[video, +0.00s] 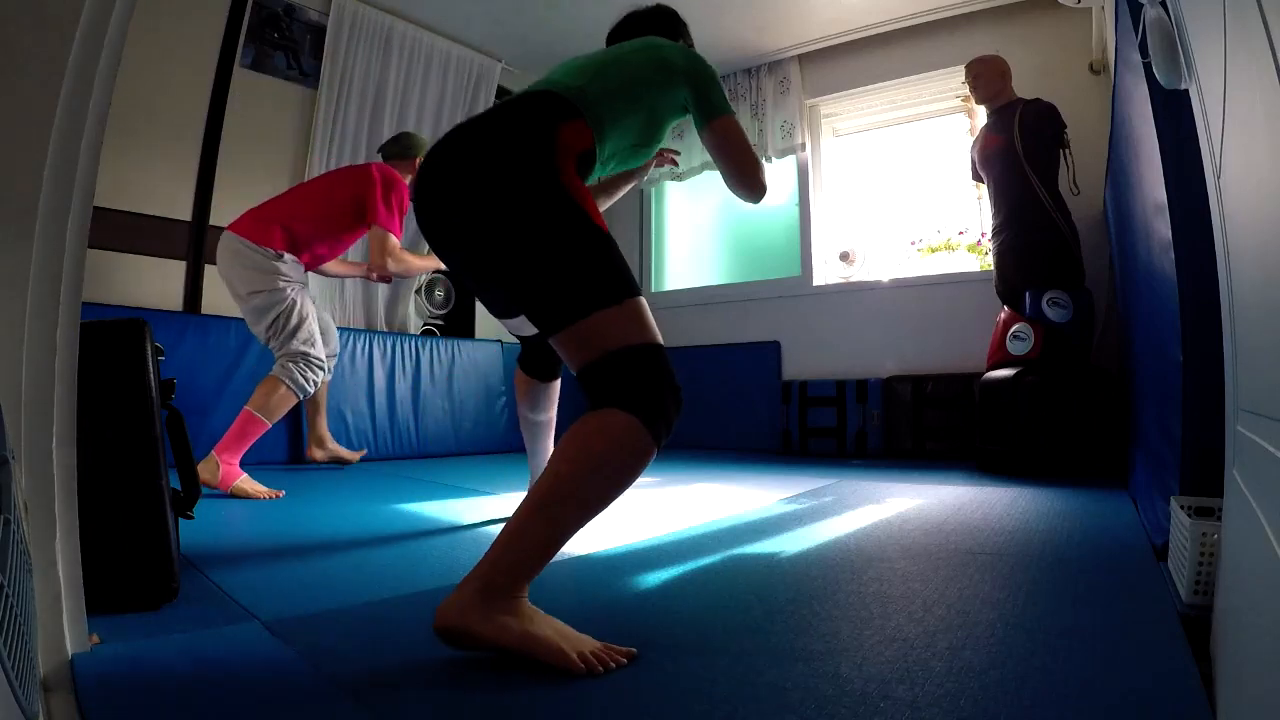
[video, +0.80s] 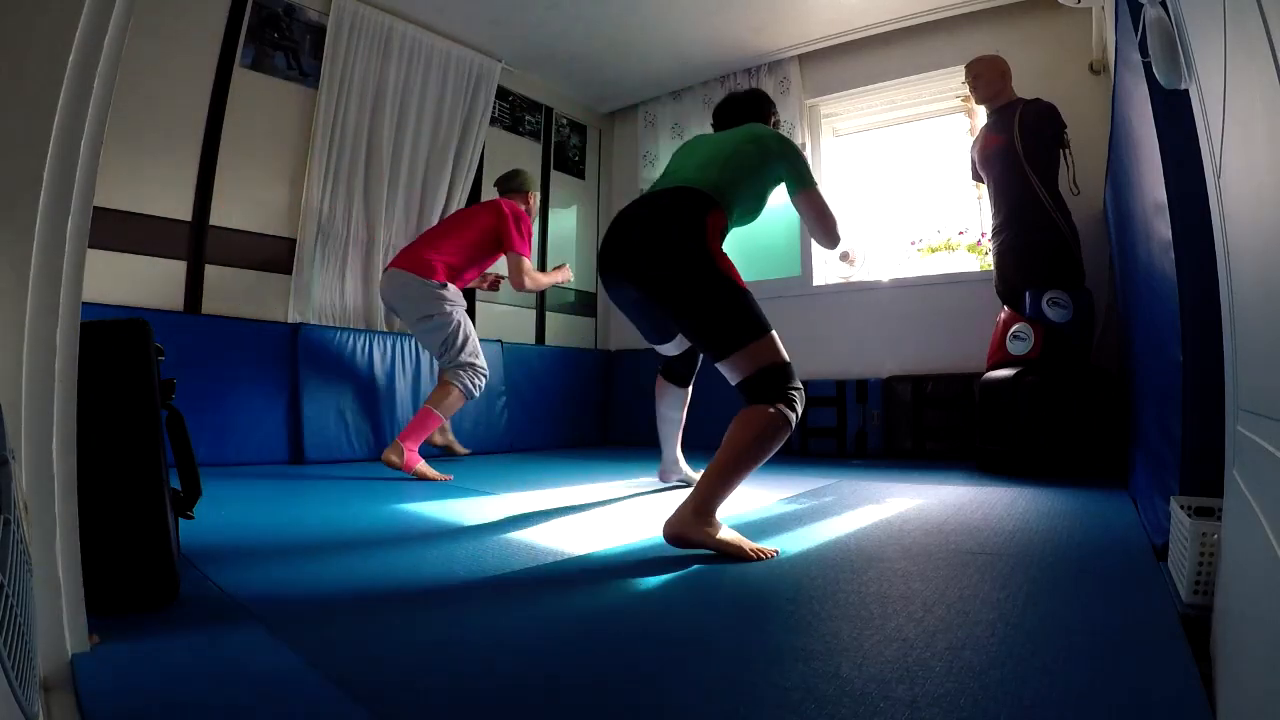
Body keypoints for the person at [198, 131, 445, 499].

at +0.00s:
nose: (424, 175)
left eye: (423, 169)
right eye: (424, 168)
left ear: (386, 160)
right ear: (417, 164)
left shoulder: (363, 180)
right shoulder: (389, 182)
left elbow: (318, 261)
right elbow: (386, 261)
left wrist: (370, 269)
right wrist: (436, 262)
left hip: (273, 255)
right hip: (260, 252)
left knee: (325, 340)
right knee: (305, 359)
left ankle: (320, 441)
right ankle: (222, 461)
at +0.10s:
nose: (446, 186)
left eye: (448, 179)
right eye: (447, 177)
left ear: (407, 168)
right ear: (435, 171)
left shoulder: (381, 191)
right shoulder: (407, 190)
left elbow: (338, 269)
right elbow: (406, 265)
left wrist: (388, 277)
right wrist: (454, 265)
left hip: (277, 254)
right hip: (282, 255)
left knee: (331, 349)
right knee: (331, 354)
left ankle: (330, 449)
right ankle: (242, 442)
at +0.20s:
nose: (460, 191)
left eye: (461, 183)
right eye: (461, 181)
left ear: (421, 173)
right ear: (450, 176)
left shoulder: (396, 196)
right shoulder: (421, 193)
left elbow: (354, 270)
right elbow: (423, 267)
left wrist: (406, 277)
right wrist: (469, 266)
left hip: (286, 255)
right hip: (300, 256)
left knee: (347, 347)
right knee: (368, 340)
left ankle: (331, 449)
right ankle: (288, 429)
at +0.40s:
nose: (485, 195)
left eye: (486, 188)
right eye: (485, 187)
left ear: (447, 180)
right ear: (475, 182)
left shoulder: (426, 198)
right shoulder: (454, 199)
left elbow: (384, 271)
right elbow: (457, 271)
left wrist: (428, 275)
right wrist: (502, 267)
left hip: (332, 266)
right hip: (340, 271)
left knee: (396, 338)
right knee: (386, 369)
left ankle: (382, 435)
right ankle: (308, 456)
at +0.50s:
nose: (500, 200)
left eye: (501, 193)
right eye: (500, 192)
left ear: (463, 186)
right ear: (490, 188)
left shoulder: (442, 204)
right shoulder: (471, 206)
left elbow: (400, 273)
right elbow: (475, 275)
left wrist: (445, 281)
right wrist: (518, 272)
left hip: (347, 268)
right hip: (364, 273)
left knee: (398, 353)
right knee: (408, 367)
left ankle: (401, 446)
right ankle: (326, 438)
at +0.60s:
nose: (514, 208)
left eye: (516, 200)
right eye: (515, 198)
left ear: (478, 191)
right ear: (506, 193)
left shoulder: (456, 211)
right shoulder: (485, 210)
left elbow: (424, 279)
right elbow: (489, 277)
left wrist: (470, 285)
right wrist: (531, 273)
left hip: (359, 274)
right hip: (385, 275)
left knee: (416, 360)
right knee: (446, 351)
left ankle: (404, 445)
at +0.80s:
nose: (536, 207)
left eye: (536, 202)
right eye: (538, 201)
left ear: (502, 195)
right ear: (531, 198)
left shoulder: (478, 211)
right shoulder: (515, 214)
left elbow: (439, 265)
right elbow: (523, 281)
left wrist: (476, 280)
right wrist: (556, 277)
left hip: (397, 278)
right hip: (425, 282)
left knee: (454, 352)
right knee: (471, 372)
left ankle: (440, 427)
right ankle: (405, 448)